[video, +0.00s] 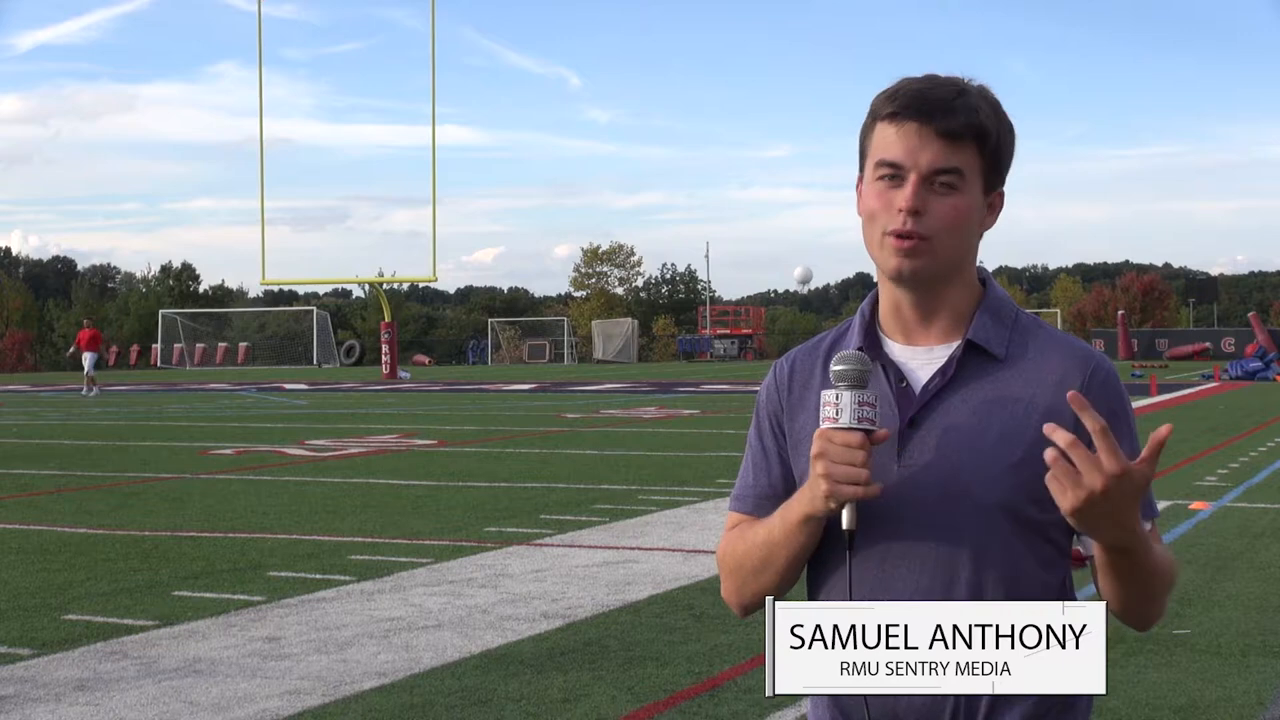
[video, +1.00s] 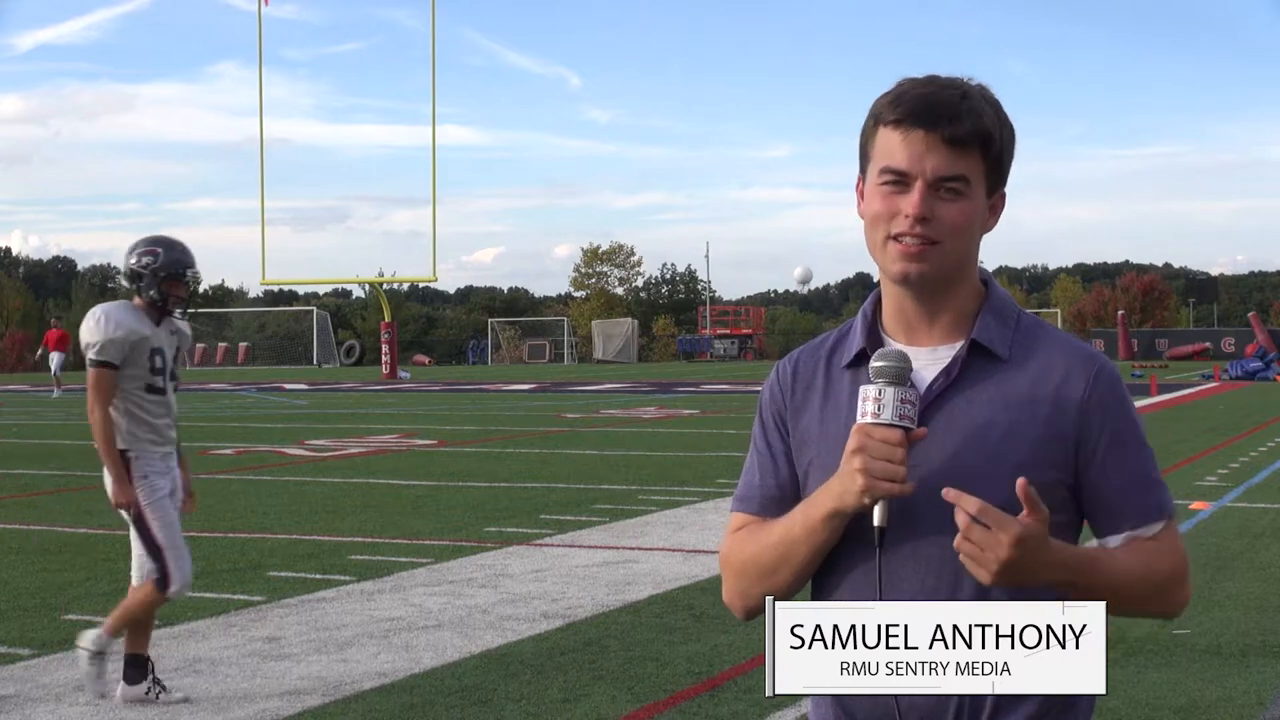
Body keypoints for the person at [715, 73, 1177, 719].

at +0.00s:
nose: (907, 203)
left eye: (943, 181)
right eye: (888, 176)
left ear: (991, 207)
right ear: (860, 195)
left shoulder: (1074, 379)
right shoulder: (796, 380)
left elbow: (1143, 611)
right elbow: (738, 588)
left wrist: (1120, 536)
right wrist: (811, 499)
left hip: (1025, 705)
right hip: (848, 706)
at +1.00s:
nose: (914, 211)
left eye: (949, 188)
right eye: (893, 182)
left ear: (993, 208)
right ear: (861, 196)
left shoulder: (1076, 381)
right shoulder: (798, 382)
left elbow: (1167, 581)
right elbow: (740, 587)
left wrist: (1053, 564)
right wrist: (837, 496)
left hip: (1022, 708)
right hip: (845, 707)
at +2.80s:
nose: (913, 197)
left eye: (942, 174)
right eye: (887, 176)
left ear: (987, 198)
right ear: (856, 205)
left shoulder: (1079, 374)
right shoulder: (799, 378)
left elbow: (1162, 600)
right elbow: (733, 584)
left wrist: (1097, 493)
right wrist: (827, 479)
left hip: (1028, 704)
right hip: (851, 707)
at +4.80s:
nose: (900, 199)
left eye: (934, 180)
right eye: (881, 177)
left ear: (989, 204)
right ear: (858, 199)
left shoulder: (1080, 376)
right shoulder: (801, 384)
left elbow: (1151, 591)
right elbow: (748, 584)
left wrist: (1044, 503)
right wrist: (820, 513)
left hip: (1036, 705)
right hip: (858, 706)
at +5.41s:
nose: (917, 196)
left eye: (947, 174)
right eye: (894, 174)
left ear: (995, 200)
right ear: (865, 206)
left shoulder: (1089, 380)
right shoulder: (800, 385)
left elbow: (1162, 573)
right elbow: (740, 588)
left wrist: (1060, 536)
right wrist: (838, 533)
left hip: (1040, 707)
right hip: (857, 709)